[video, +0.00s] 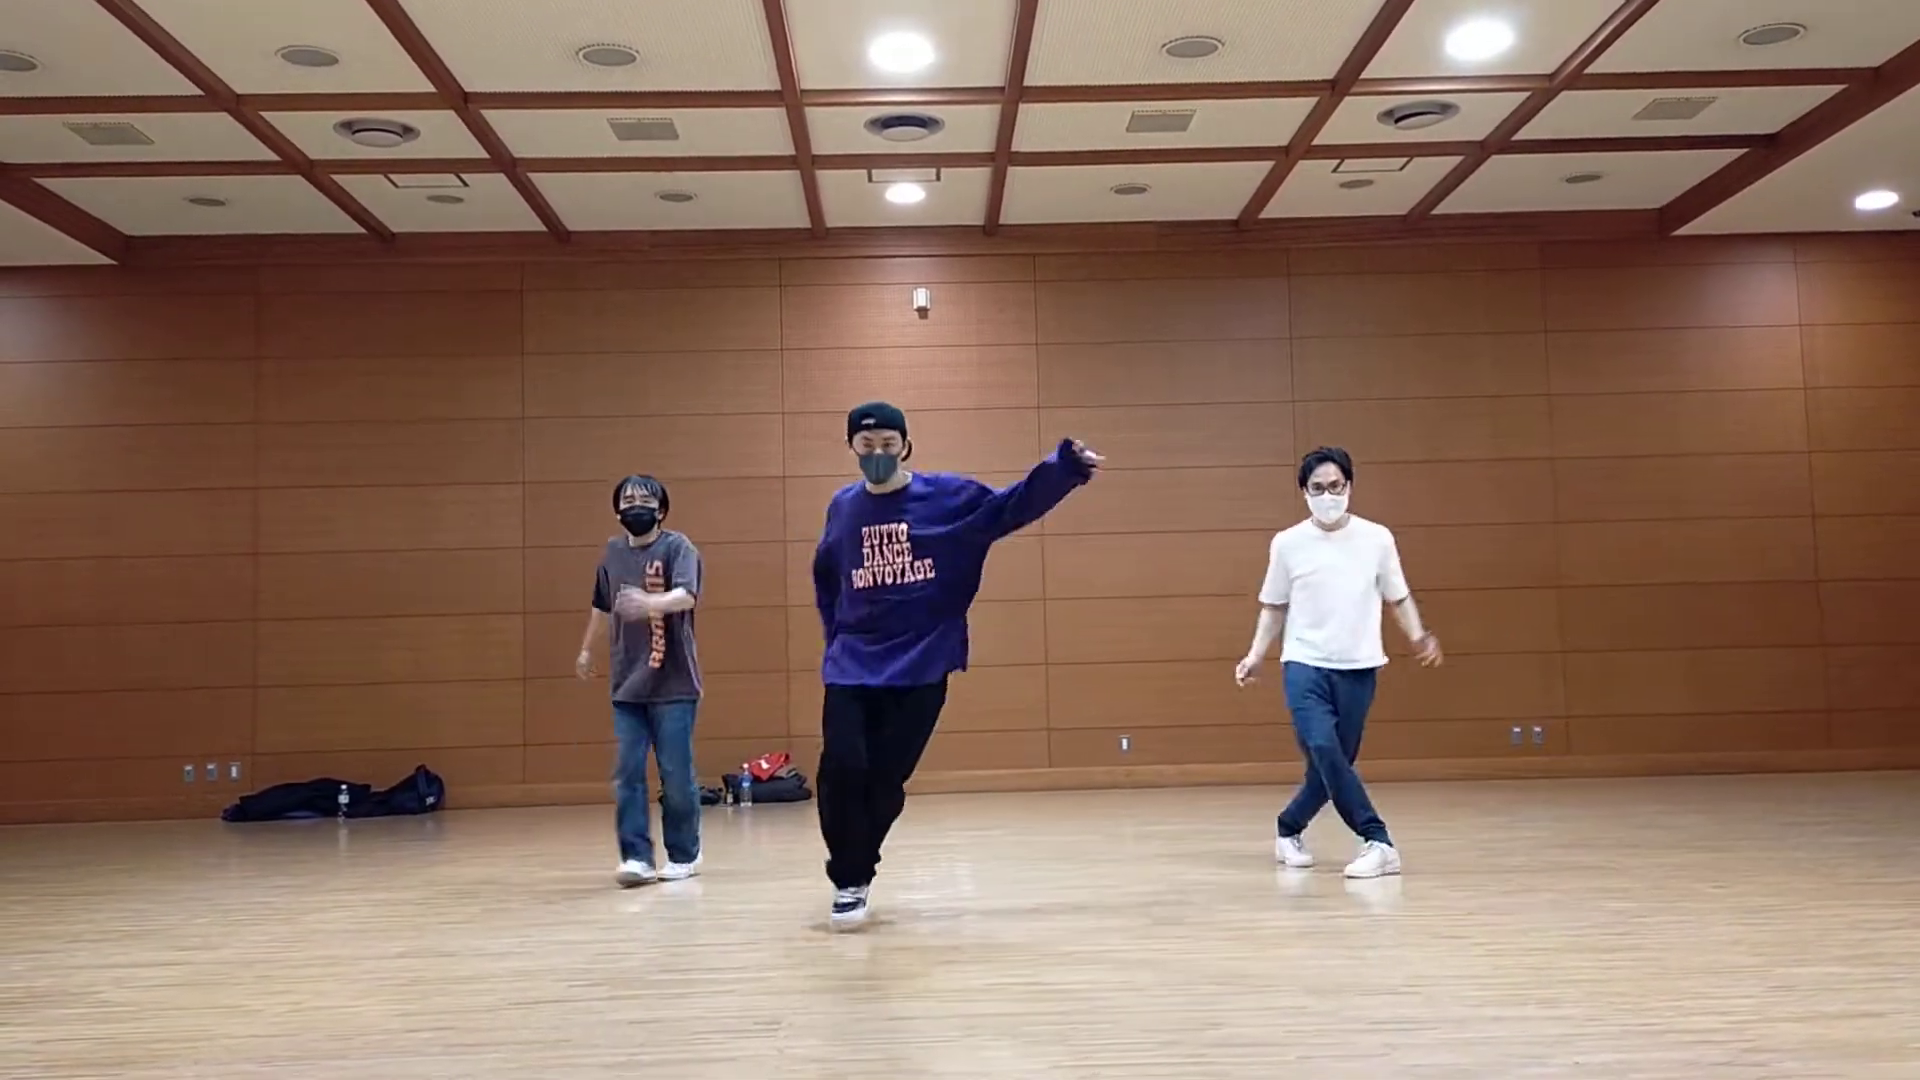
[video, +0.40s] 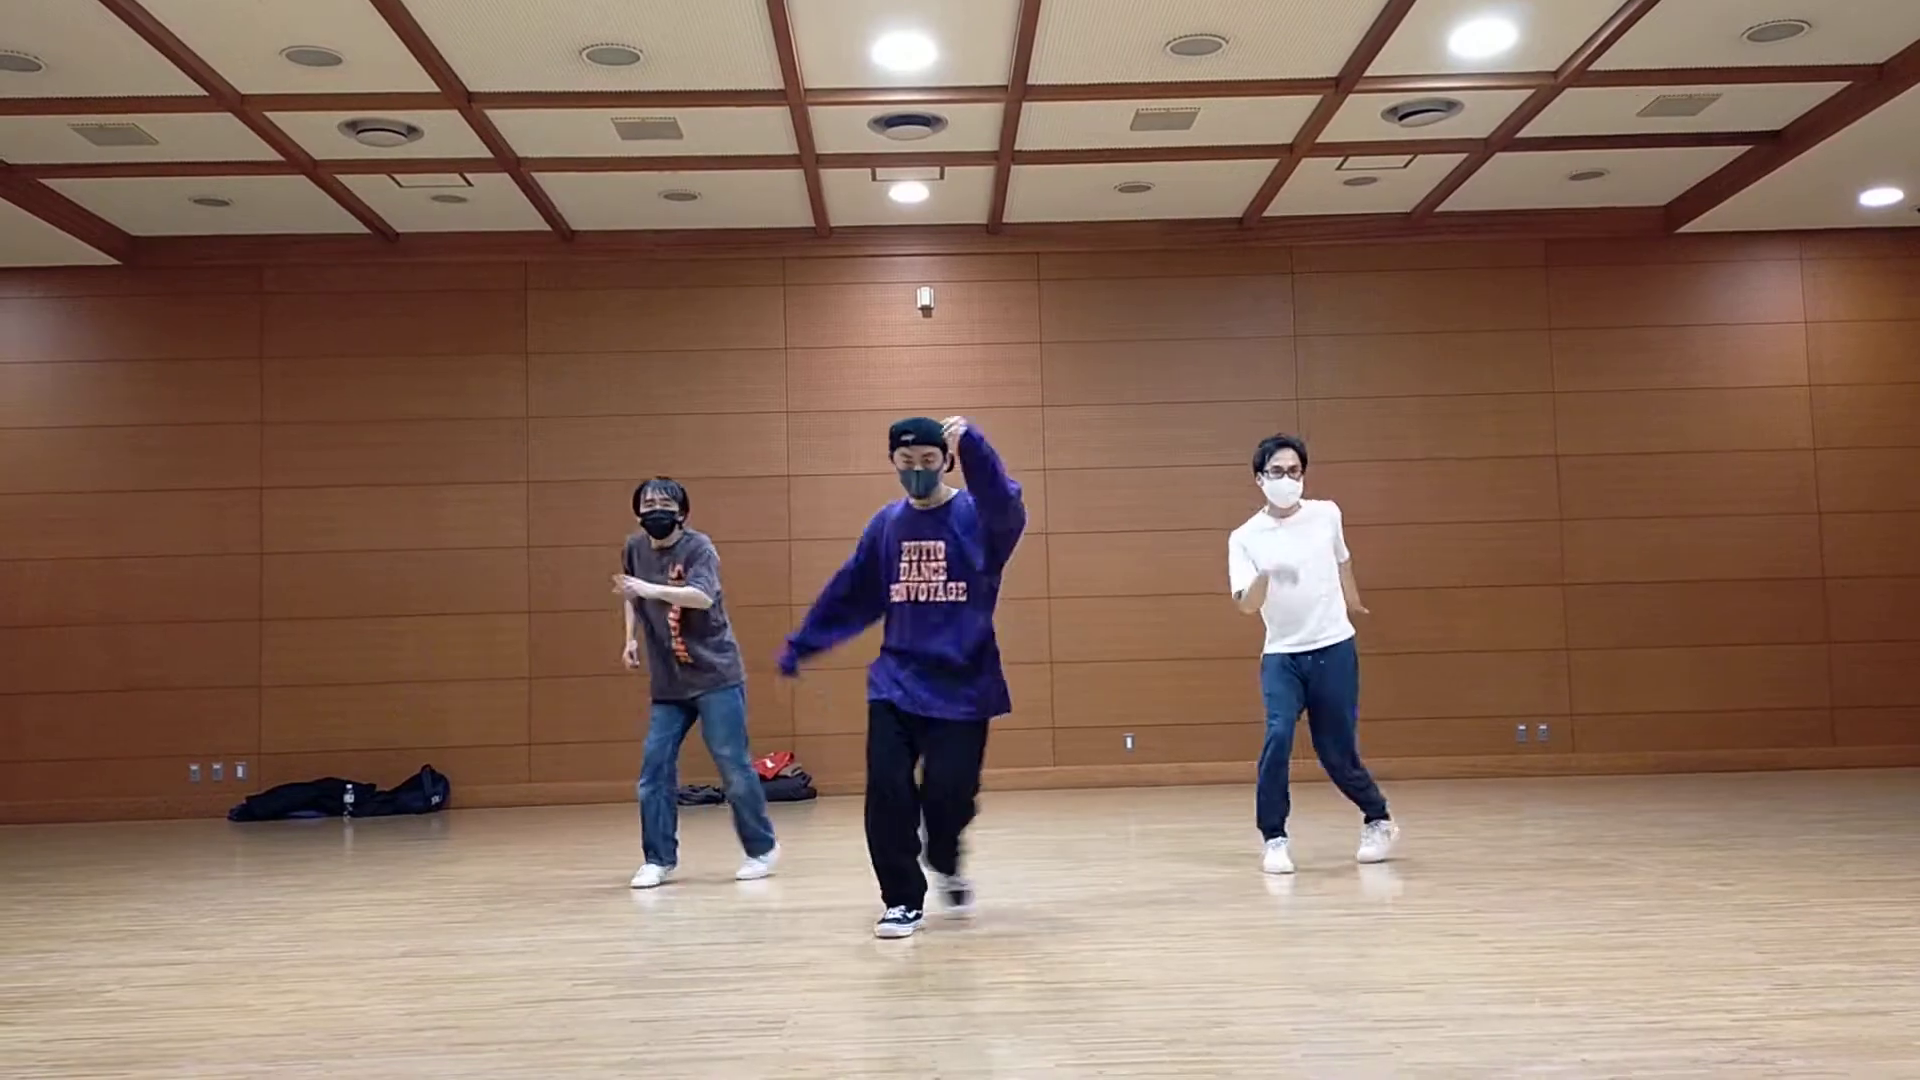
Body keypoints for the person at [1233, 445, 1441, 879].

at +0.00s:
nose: (1329, 495)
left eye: (1337, 486)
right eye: (1319, 487)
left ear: (1350, 489)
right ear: (1305, 493)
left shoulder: (1377, 539)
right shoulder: (1286, 544)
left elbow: (1399, 598)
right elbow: (1273, 608)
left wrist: (1418, 636)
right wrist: (1255, 654)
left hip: (1359, 669)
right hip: (1305, 666)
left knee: (1336, 763)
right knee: (1322, 748)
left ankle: (1288, 829)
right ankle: (1378, 842)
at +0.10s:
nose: (1322, 488)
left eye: (1330, 480)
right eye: (1312, 481)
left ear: (1343, 483)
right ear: (1298, 485)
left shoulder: (1363, 532)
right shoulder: (1274, 534)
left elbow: (1376, 595)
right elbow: (1254, 595)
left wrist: (1394, 637)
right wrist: (1240, 641)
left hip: (1347, 659)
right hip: (1293, 655)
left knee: (1331, 755)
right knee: (1307, 733)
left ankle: (1283, 833)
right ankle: (1348, 831)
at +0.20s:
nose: (1305, 476)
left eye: (1313, 468)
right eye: (1295, 469)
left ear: (1325, 471)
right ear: (1279, 472)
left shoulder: (1345, 515)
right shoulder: (1258, 525)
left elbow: (1364, 573)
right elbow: (1241, 583)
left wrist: (1385, 624)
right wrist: (1233, 615)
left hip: (1345, 645)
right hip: (1290, 647)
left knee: (1331, 747)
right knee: (1301, 727)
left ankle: (1301, 826)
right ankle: (1294, 831)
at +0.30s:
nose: (1291, 477)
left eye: (1298, 468)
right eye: (1281, 469)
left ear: (1309, 471)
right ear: (1264, 474)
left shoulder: (1333, 511)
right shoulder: (1248, 530)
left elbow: (1351, 564)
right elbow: (1234, 593)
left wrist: (1370, 611)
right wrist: (1249, 598)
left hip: (1341, 642)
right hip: (1286, 651)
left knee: (1345, 742)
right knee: (1283, 738)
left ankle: (1343, 821)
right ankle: (1274, 838)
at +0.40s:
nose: (1288, 478)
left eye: (1294, 471)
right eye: (1278, 472)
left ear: (1304, 476)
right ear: (1260, 479)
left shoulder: (1326, 513)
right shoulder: (1245, 537)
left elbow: (1342, 561)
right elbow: (1249, 605)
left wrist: (1353, 602)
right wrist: (1265, 574)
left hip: (1332, 648)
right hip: (1281, 654)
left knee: (1335, 753)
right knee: (1278, 735)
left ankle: (1378, 819)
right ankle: (1274, 838)